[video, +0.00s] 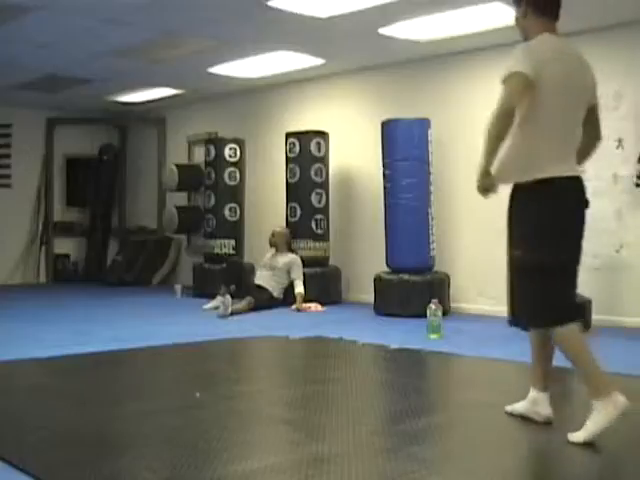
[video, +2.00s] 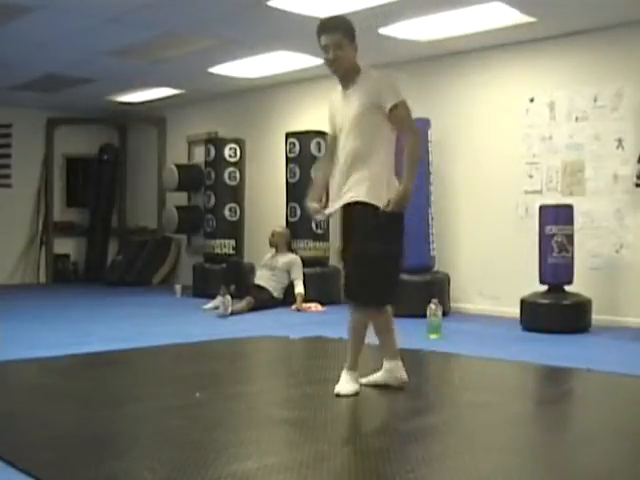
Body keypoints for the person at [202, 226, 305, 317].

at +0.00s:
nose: (271, 238)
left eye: (274, 235)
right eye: (272, 235)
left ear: (283, 239)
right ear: (274, 239)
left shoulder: (293, 259)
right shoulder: (270, 254)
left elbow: (298, 282)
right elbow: (261, 272)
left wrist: (299, 302)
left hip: (270, 294)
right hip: (254, 287)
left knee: (250, 301)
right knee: (234, 264)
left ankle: (230, 310)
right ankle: (221, 298)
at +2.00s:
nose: (270, 237)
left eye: (274, 235)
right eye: (271, 235)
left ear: (283, 239)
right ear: (277, 240)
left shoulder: (293, 259)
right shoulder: (270, 254)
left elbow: (298, 283)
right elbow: (262, 273)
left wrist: (299, 302)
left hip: (271, 293)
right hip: (254, 287)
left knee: (250, 300)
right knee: (234, 264)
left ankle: (230, 310)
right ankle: (221, 298)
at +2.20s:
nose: (270, 237)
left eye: (273, 235)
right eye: (271, 235)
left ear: (283, 239)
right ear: (278, 239)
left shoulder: (292, 258)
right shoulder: (269, 255)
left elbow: (296, 281)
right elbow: (261, 273)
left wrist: (298, 301)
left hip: (270, 294)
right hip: (255, 287)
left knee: (250, 301)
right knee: (234, 264)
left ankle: (230, 310)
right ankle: (221, 298)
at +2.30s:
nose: (269, 238)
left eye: (273, 236)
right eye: (271, 235)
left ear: (281, 239)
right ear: (277, 240)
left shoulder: (285, 258)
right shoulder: (269, 255)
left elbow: (286, 280)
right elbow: (261, 273)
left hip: (270, 293)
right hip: (254, 287)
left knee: (250, 301)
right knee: (234, 264)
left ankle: (230, 309)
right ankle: (221, 298)